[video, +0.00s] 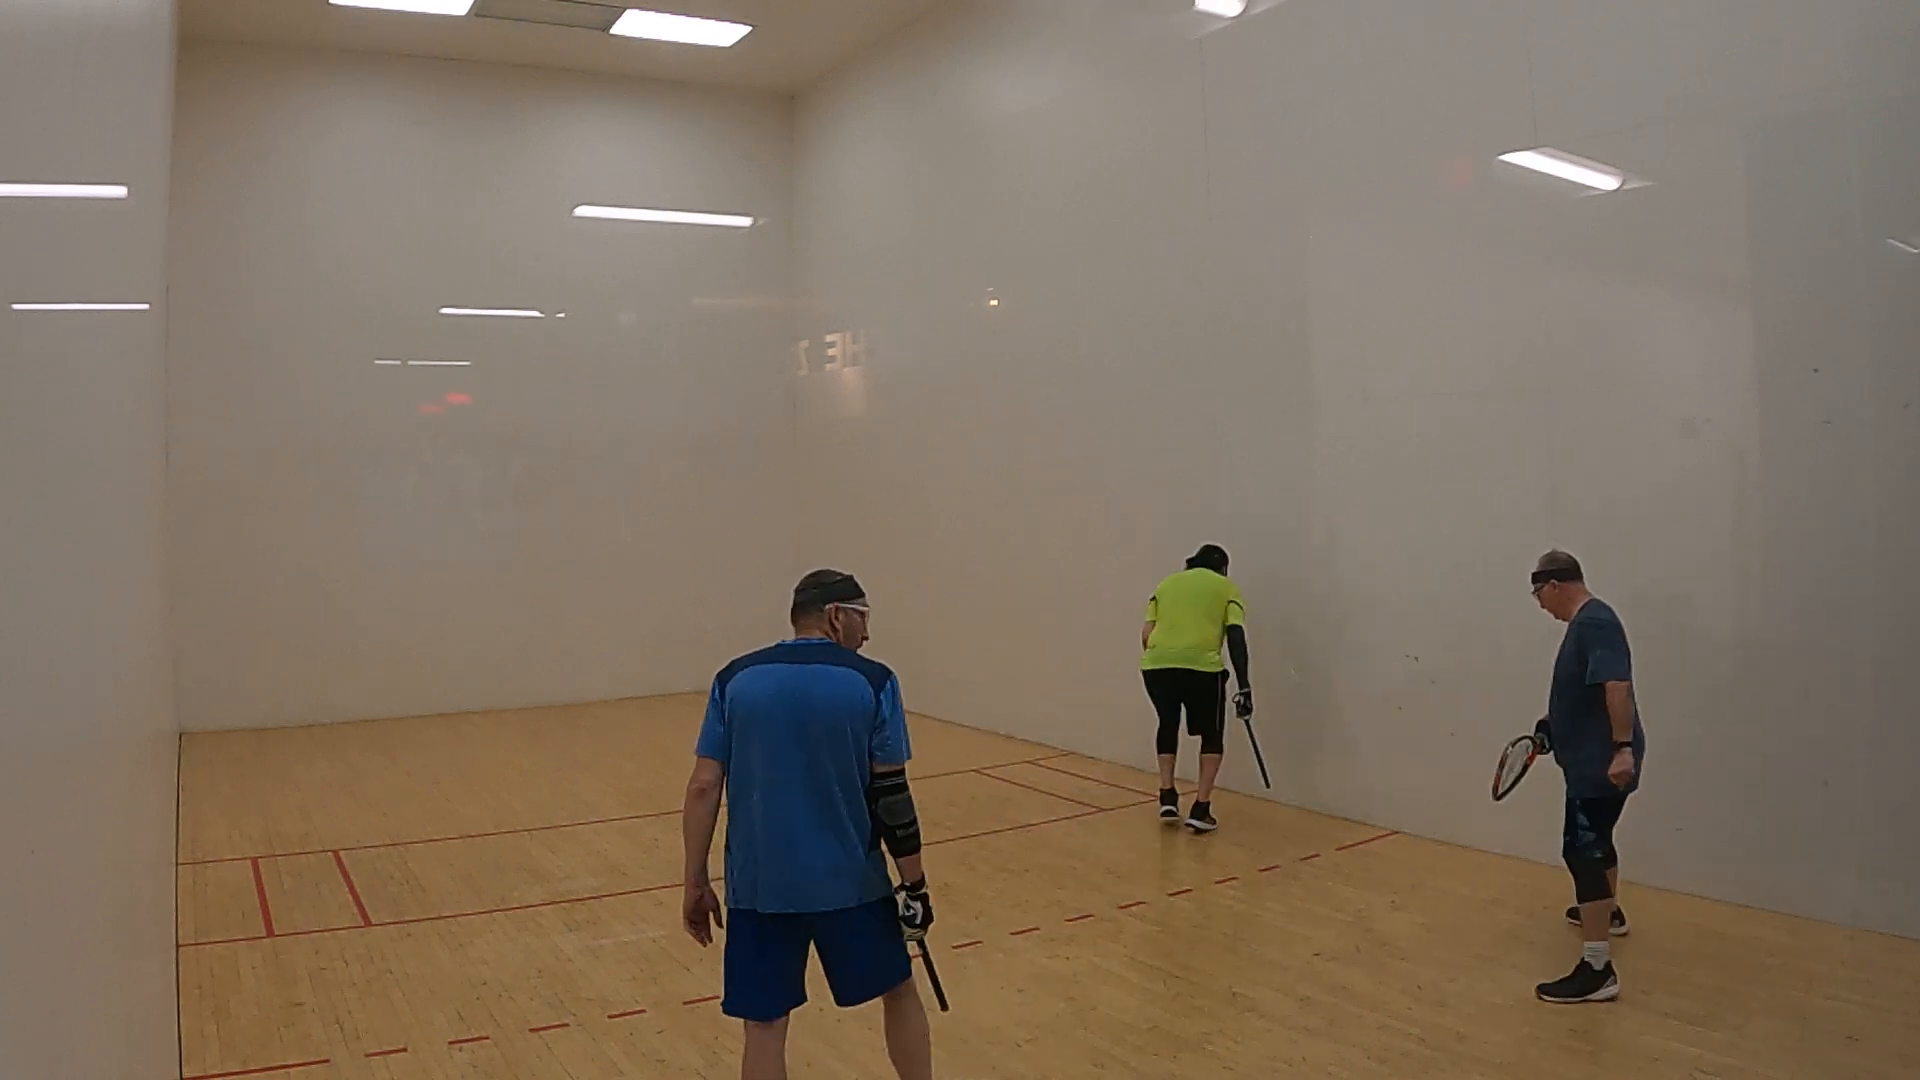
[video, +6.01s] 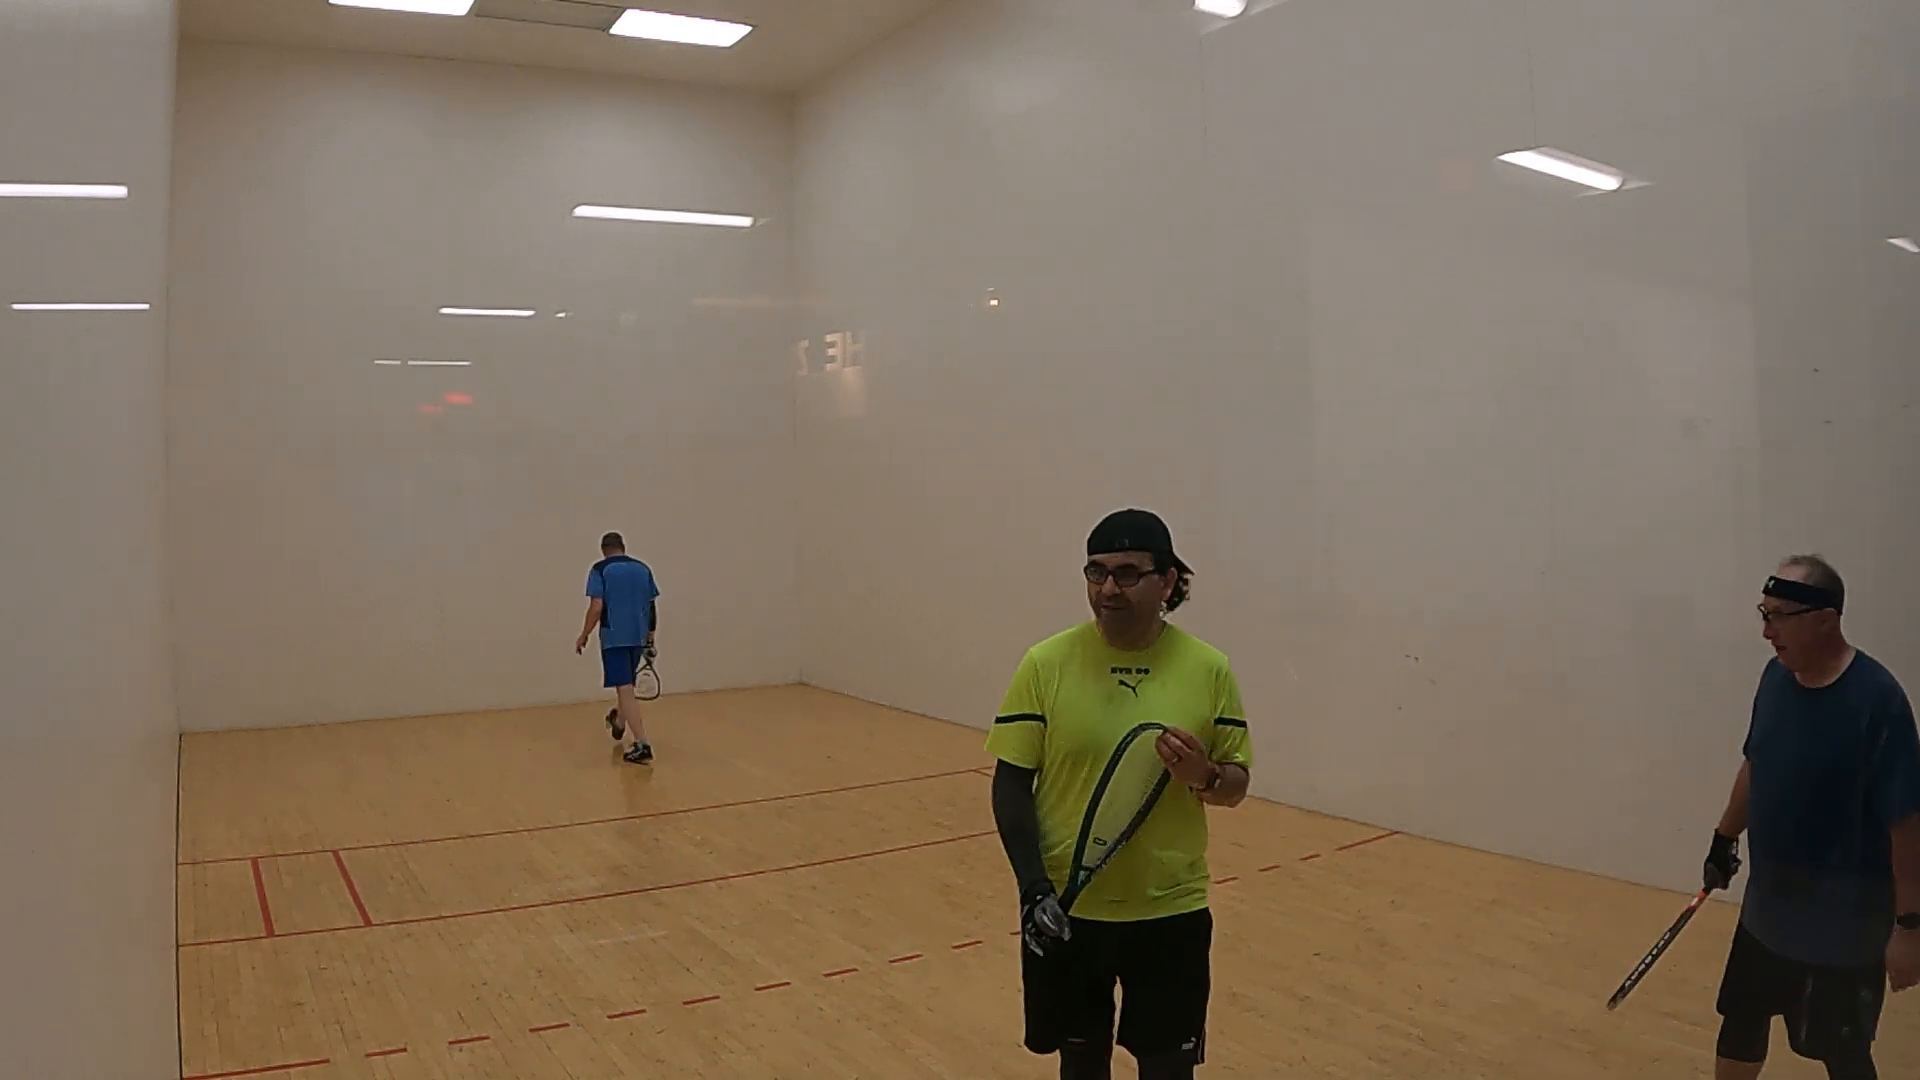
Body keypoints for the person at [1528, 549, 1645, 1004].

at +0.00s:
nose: (1539, 604)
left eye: (1539, 594)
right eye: (1537, 595)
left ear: (1553, 587)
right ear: (1568, 583)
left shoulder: (1597, 622)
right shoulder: (1586, 623)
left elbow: (1617, 685)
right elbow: (1585, 692)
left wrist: (1623, 746)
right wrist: (1554, 728)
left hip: (1598, 765)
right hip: (1594, 760)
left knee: (1580, 852)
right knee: (1594, 837)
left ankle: (1596, 967)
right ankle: (1607, 908)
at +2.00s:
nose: (1529, 559)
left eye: (1534, 552)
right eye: (1528, 552)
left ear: (1560, 552)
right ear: (1555, 554)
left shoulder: (1583, 590)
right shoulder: (1561, 591)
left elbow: (1600, 652)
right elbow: (1562, 658)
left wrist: (1609, 709)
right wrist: (1548, 716)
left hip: (1576, 718)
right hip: (1559, 717)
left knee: (1571, 795)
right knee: (1563, 792)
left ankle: (1578, 886)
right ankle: (1570, 868)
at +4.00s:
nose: (1636, 586)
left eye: (1645, 578)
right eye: (1627, 577)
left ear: (1656, 581)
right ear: (1608, 578)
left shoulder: (1674, 632)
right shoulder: (1574, 630)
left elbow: (1702, 698)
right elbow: (1547, 701)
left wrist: (1720, 757)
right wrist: (1533, 766)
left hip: (1649, 786)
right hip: (1588, 782)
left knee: (1626, 881)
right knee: (1583, 881)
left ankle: (1600, 969)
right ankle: (1575, 970)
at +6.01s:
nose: (1764, 628)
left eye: (1776, 615)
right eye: (1763, 615)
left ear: (1825, 619)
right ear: (1816, 620)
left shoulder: (1879, 700)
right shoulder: (1779, 675)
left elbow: (1904, 821)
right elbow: (1755, 764)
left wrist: (1909, 924)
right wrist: (1724, 839)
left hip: (1846, 925)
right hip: (1770, 909)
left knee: (1846, 1056)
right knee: (1740, 1028)